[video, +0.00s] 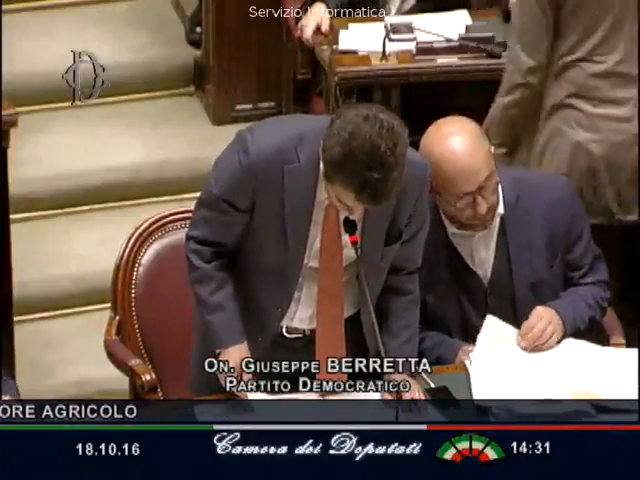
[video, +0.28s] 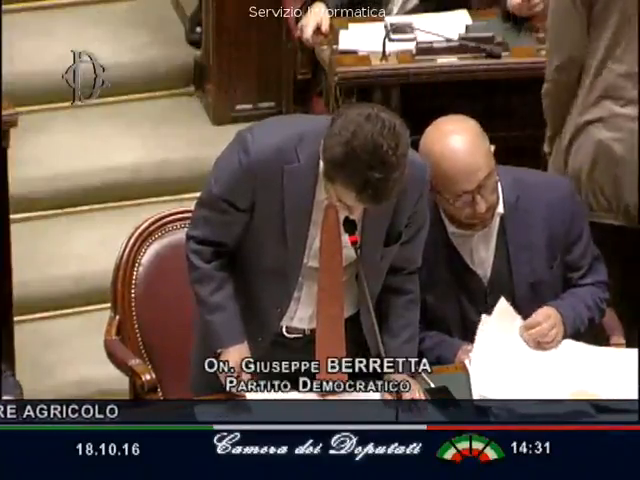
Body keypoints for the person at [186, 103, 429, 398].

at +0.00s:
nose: (354, 214)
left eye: (366, 205)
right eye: (344, 202)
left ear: (395, 176)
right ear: (324, 162)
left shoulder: (411, 178)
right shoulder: (257, 158)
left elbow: (404, 276)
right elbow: (205, 246)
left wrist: (401, 367)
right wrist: (230, 342)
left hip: (351, 335)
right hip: (263, 339)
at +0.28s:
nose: (353, 214)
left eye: (366, 205)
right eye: (343, 201)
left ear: (396, 177)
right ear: (325, 162)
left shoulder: (410, 179)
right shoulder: (257, 157)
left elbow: (404, 276)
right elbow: (206, 245)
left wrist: (401, 366)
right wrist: (230, 341)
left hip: (350, 337)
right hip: (263, 340)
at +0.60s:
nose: (352, 213)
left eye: (366, 205)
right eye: (342, 200)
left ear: (394, 176)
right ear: (324, 161)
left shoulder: (410, 176)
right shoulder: (256, 156)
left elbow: (403, 276)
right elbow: (206, 247)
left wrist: (401, 366)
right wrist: (231, 342)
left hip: (351, 336)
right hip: (264, 340)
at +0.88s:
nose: (353, 213)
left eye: (366, 204)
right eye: (342, 199)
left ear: (393, 175)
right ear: (324, 161)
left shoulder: (410, 176)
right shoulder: (256, 156)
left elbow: (403, 276)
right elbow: (206, 248)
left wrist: (401, 366)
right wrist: (232, 342)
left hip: (351, 335)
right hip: (264, 339)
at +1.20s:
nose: (352, 213)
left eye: (366, 204)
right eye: (342, 200)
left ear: (393, 174)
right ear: (323, 162)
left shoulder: (409, 176)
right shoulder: (255, 157)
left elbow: (402, 276)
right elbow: (206, 250)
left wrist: (401, 366)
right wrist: (231, 343)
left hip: (351, 336)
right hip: (265, 339)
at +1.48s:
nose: (354, 212)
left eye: (367, 204)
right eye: (344, 199)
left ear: (395, 174)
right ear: (324, 159)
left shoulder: (409, 175)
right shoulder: (255, 157)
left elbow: (402, 276)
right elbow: (206, 251)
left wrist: (400, 366)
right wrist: (231, 344)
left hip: (350, 337)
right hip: (263, 341)